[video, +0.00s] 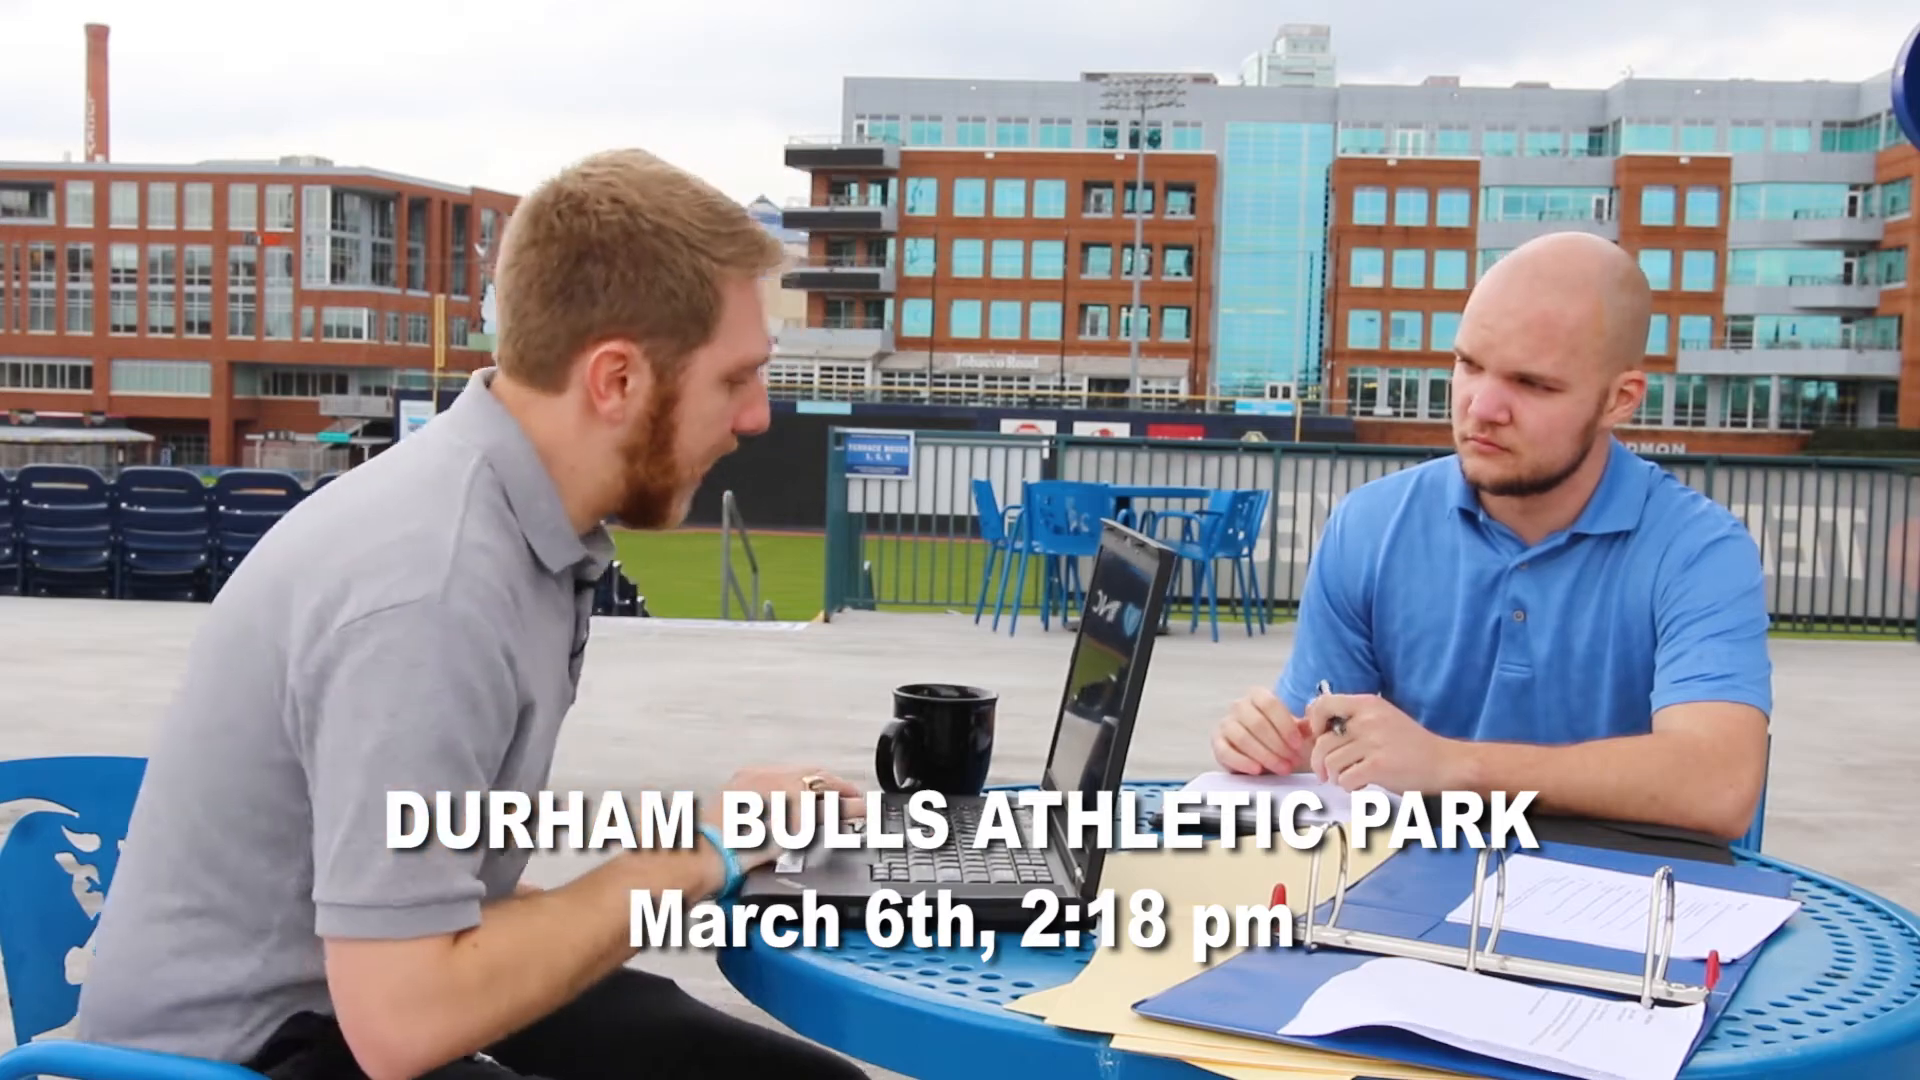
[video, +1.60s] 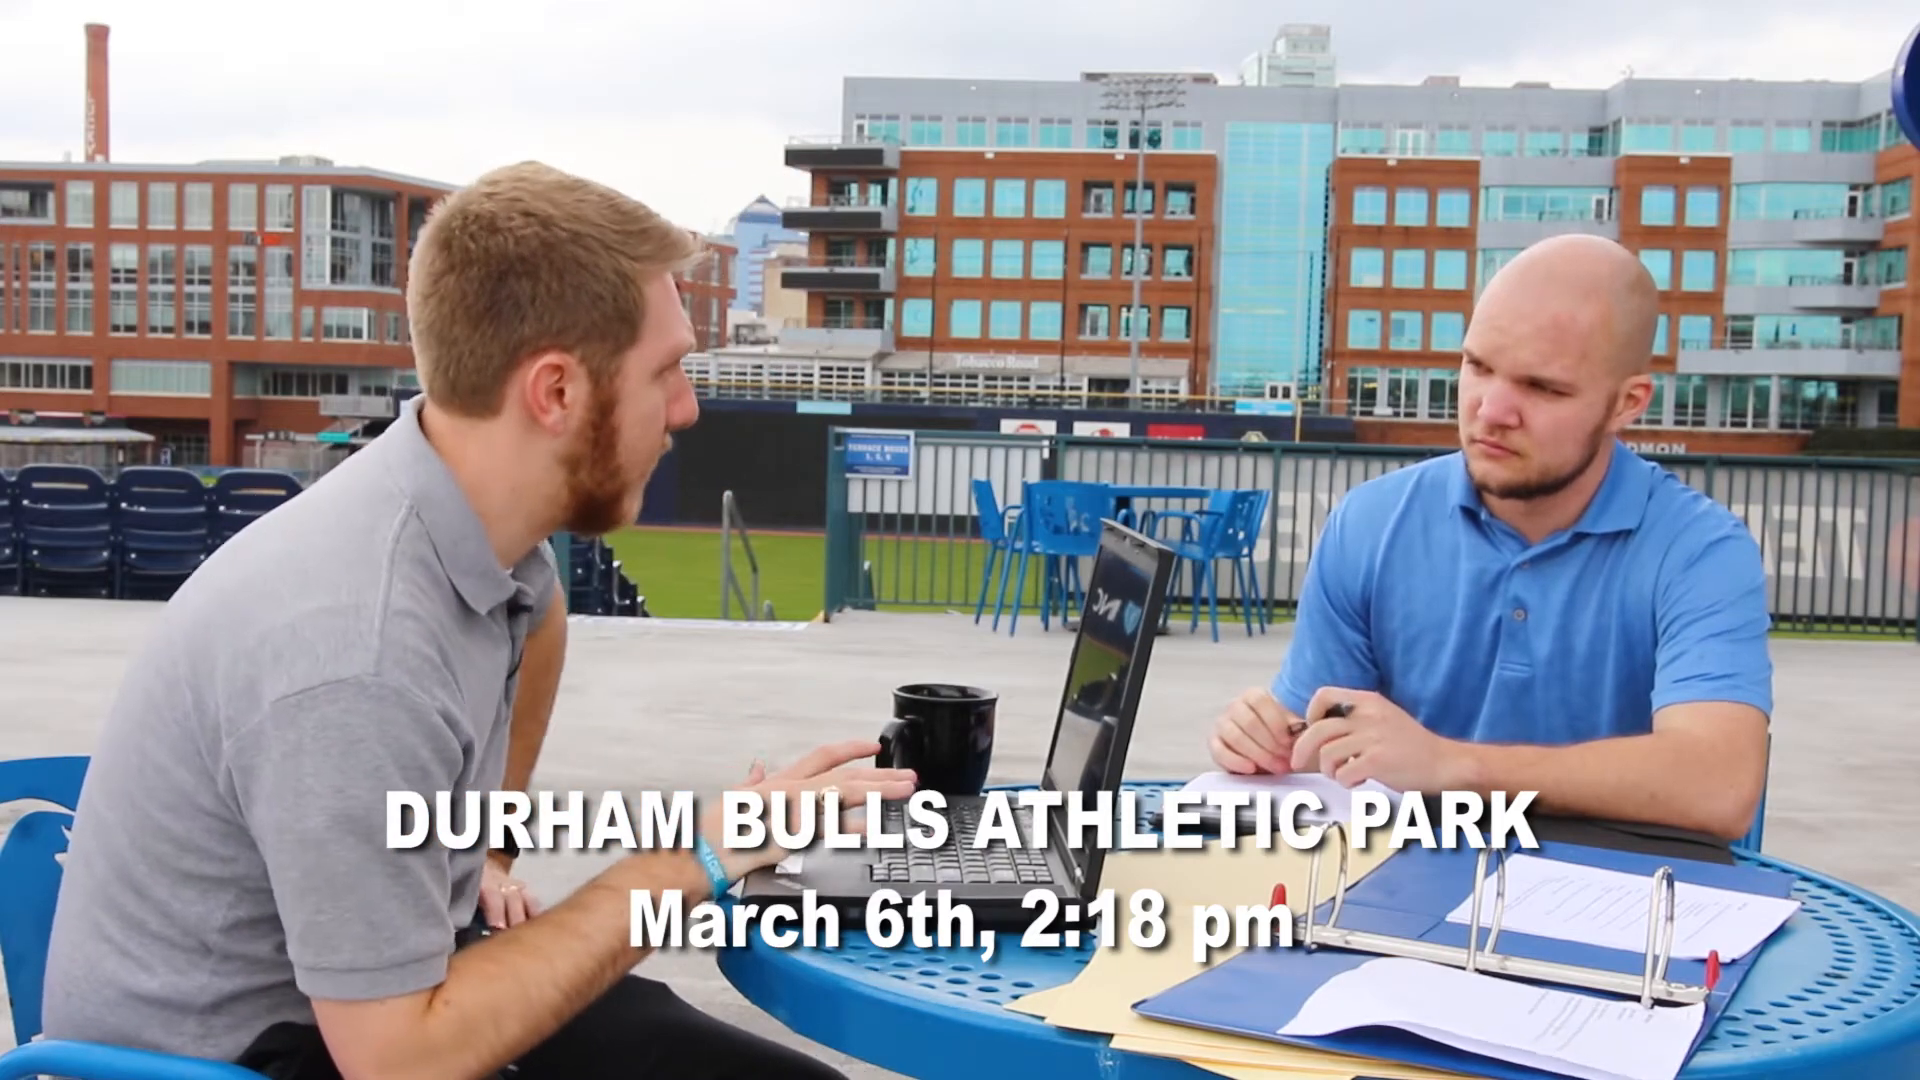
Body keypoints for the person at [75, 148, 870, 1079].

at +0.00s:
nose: (758, 421)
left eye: (758, 381)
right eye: (739, 383)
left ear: (612, 383)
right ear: (616, 382)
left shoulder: (513, 519)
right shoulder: (426, 585)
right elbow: (402, 1021)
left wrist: (690, 827)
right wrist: (693, 850)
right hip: (241, 1042)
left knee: (829, 1072)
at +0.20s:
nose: (706, 401)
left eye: (702, 362)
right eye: (681, 367)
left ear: (556, 379)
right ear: (554, 376)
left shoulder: (475, 516)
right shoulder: (380, 595)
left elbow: (443, 887)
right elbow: (377, 1023)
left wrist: (700, 825)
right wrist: (673, 861)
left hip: (369, 981)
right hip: (233, 1045)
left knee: (827, 1069)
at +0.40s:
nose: (670, 401)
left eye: (663, 359)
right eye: (641, 365)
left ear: (513, 390)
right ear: (513, 385)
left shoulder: (494, 511)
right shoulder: (319, 622)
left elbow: (568, 629)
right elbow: (377, 1037)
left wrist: (507, 835)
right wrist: (691, 859)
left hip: (405, 957)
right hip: (213, 1041)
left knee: (808, 1076)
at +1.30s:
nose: (704, 427)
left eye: (698, 389)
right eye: (679, 395)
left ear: (549, 418)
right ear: (556, 415)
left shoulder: (485, 522)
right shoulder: (346, 660)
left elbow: (533, 643)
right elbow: (399, 1050)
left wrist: (481, 833)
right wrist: (712, 845)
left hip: (395, 953)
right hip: (218, 1043)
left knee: (791, 1061)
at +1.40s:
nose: (702, 427)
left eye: (696, 389)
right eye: (677, 397)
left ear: (548, 416)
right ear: (555, 413)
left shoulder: (477, 533)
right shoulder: (348, 659)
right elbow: (402, 1054)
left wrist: (466, 857)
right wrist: (706, 851)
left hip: (381, 968)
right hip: (216, 1047)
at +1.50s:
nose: (698, 422)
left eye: (693, 382)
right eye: (675, 388)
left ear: (544, 409)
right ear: (554, 406)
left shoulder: (473, 514)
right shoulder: (354, 667)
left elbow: (515, 652)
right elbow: (406, 1054)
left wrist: (479, 832)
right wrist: (699, 852)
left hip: (382, 953)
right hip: (217, 1044)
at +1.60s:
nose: (689, 409)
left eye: (683, 371)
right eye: (669, 374)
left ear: (542, 397)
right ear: (554, 395)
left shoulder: (461, 508)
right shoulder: (349, 663)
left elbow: (539, 636)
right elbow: (404, 1051)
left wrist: (488, 836)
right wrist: (704, 854)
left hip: (376, 957)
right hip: (213, 1044)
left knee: (641, 1014)